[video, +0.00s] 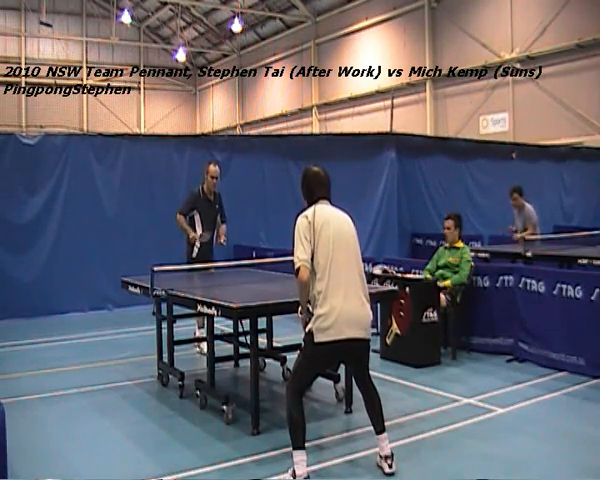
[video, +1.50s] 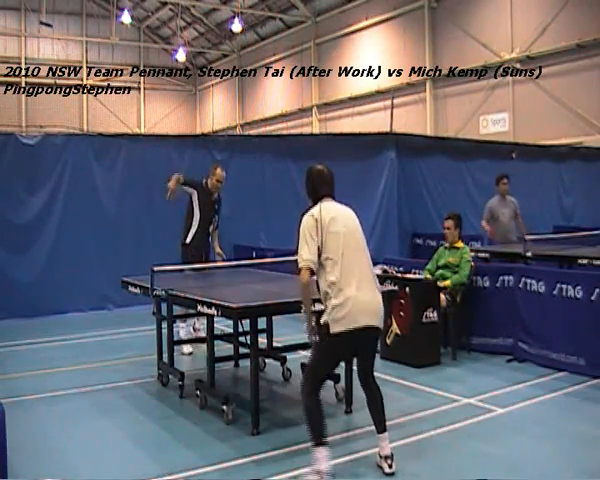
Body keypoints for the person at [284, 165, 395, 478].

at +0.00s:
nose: (303, 194)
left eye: (303, 189)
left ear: (305, 191)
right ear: (329, 190)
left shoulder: (306, 219)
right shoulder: (346, 219)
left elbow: (303, 272)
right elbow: (354, 268)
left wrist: (303, 305)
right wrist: (325, 303)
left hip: (328, 326)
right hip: (360, 323)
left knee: (294, 390)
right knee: (364, 379)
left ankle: (300, 465)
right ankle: (386, 451)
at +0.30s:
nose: (302, 195)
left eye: (302, 190)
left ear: (304, 192)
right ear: (329, 191)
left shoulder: (305, 221)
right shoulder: (346, 220)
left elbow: (302, 274)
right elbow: (355, 269)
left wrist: (303, 306)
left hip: (328, 326)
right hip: (360, 323)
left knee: (294, 390)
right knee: (363, 380)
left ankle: (299, 466)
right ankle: (386, 451)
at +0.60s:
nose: (302, 196)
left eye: (302, 192)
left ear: (304, 194)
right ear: (328, 193)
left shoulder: (305, 222)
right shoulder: (346, 221)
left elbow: (302, 275)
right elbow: (356, 270)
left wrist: (302, 306)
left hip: (327, 327)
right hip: (359, 324)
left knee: (293, 390)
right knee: (363, 380)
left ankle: (299, 465)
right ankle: (386, 451)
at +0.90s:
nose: (302, 195)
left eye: (302, 191)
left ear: (304, 193)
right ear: (328, 191)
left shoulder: (305, 220)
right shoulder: (346, 219)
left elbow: (302, 273)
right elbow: (355, 268)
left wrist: (303, 307)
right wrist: (332, 300)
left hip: (327, 326)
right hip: (360, 323)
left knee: (294, 390)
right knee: (363, 379)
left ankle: (299, 465)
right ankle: (385, 451)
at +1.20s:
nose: (303, 195)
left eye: (303, 190)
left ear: (305, 193)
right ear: (329, 191)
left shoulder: (305, 221)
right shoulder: (346, 221)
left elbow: (301, 274)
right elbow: (357, 270)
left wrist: (303, 310)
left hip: (328, 327)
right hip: (360, 324)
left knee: (294, 390)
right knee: (365, 379)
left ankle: (299, 465)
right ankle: (385, 450)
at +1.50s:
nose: (307, 191)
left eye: (307, 186)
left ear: (309, 189)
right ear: (332, 187)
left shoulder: (313, 218)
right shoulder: (350, 214)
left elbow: (306, 273)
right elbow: (358, 262)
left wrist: (308, 313)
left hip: (340, 317)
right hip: (373, 314)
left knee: (310, 385)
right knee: (367, 377)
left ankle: (321, 461)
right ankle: (386, 449)